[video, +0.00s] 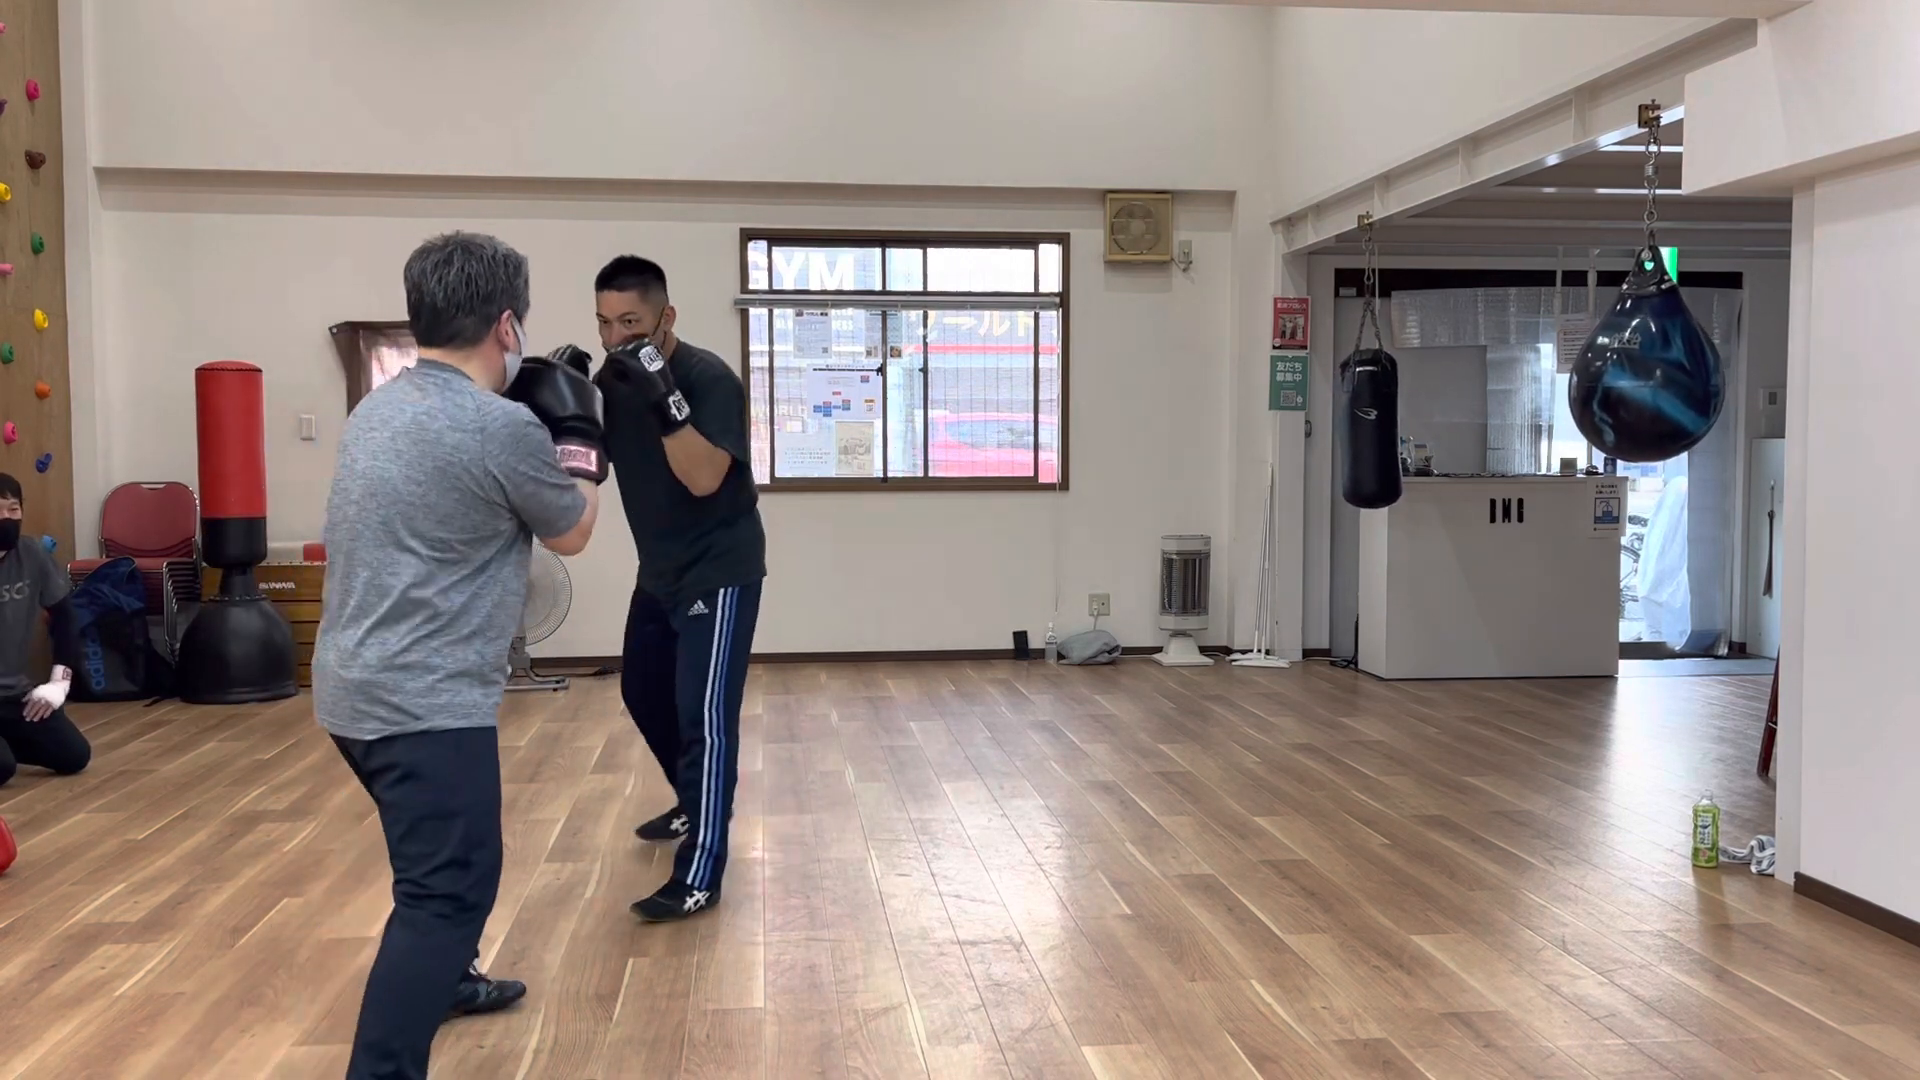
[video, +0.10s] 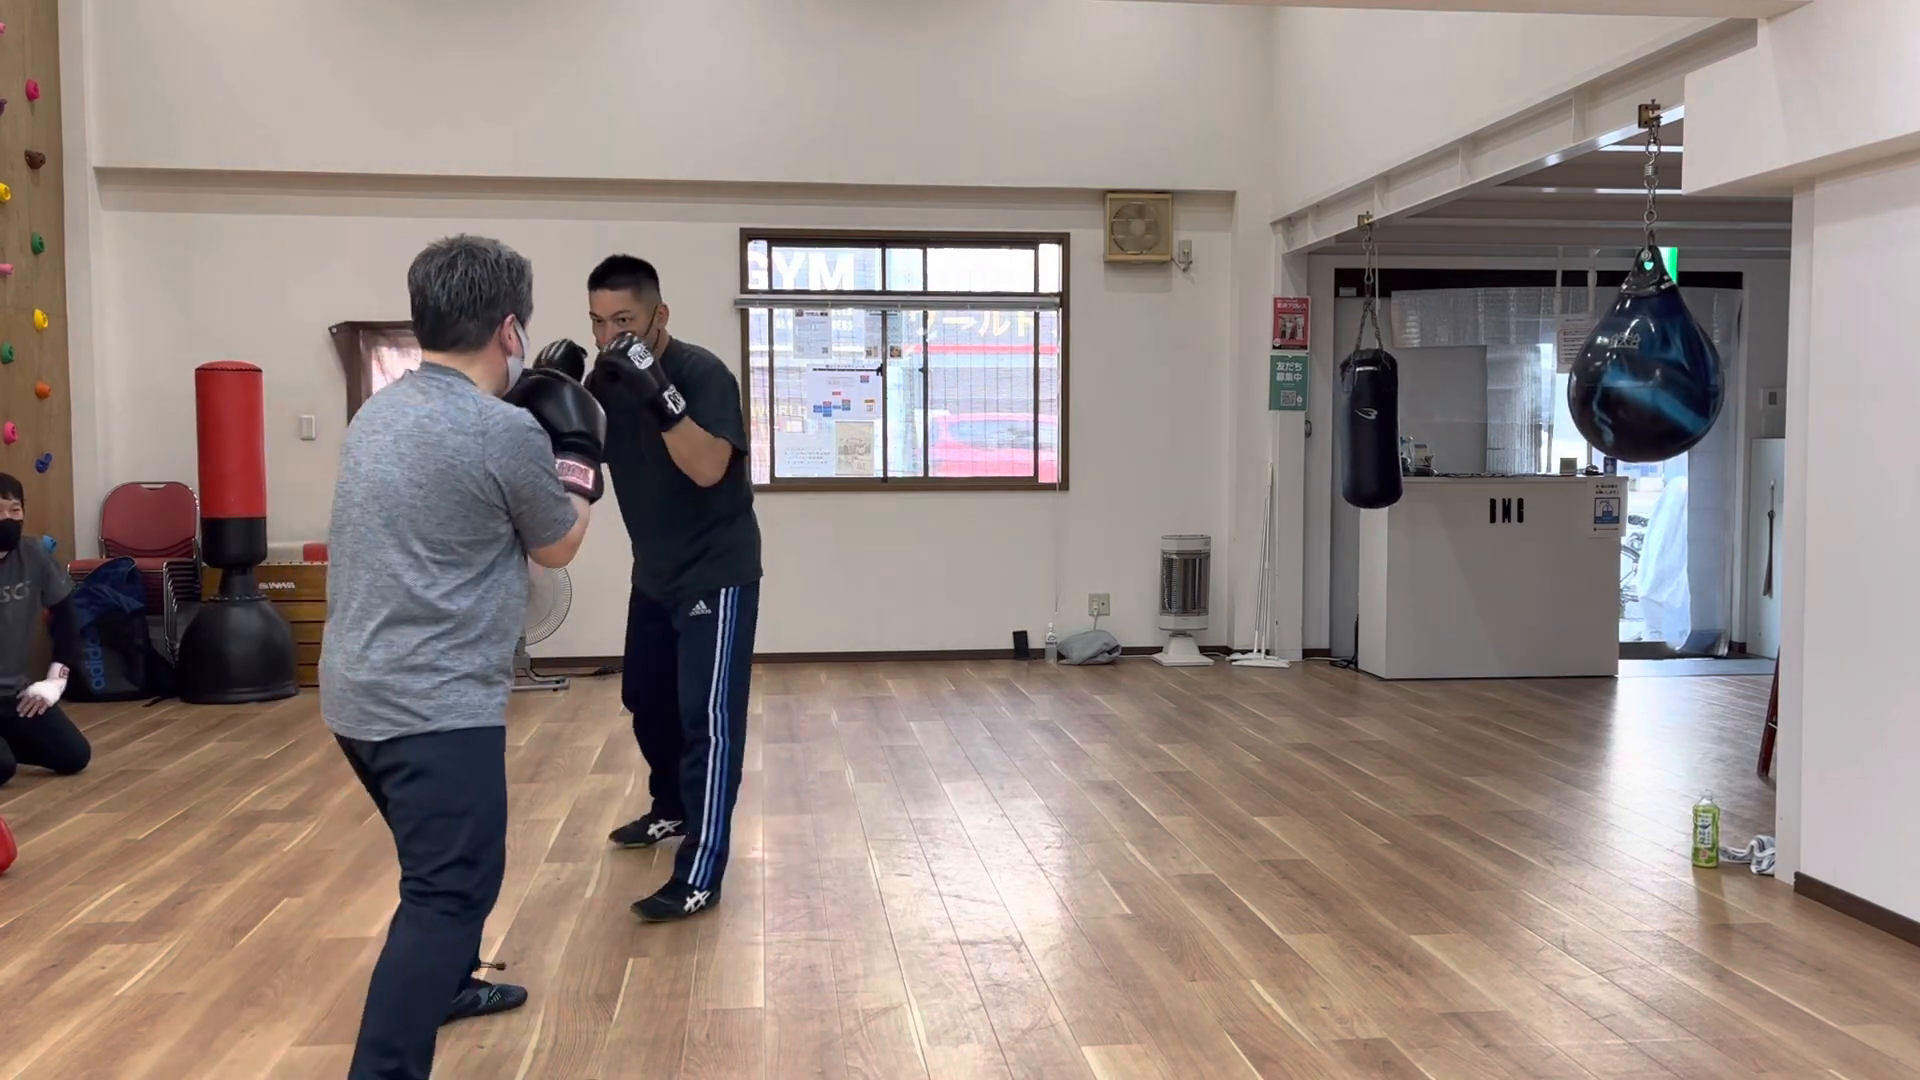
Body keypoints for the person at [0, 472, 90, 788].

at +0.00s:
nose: (6, 516)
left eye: (13, 508)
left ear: (22, 513)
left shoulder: (30, 553)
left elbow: (63, 612)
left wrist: (59, 680)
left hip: (15, 692)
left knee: (74, 756)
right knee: (3, 767)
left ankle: (2, 741)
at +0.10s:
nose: (7, 518)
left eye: (14, 510)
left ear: (23, 513)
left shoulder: (31, 554)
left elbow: (65, 612)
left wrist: (56, 679)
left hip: (14, 692)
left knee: (74, 756)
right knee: (3, 767)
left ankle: (2, 742)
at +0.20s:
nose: (8, 519)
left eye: (16, 511)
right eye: (1, 510)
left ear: (25, 515)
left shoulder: (33, 554)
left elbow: (66, 613)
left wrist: (46, 674)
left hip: (14, 688)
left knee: (74, 756)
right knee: (3, 767)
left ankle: (3, 742)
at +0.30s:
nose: (9, 520)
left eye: (17, 512)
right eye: (0, 512)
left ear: (27, 516)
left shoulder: (35, 555)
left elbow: (67, 614)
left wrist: (43, 673)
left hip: (14, 687)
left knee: (74, 756)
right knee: (2, 767)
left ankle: (2, 742)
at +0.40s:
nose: (11, 522)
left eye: (18, 514)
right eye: (1, 515)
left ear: (28, 516)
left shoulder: (35, 555)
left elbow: (66, 612)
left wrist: (50, 677)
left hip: (15, 689)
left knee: (74, 756)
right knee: (2, 767)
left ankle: (3, 741)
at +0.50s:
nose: (12, 522)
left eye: (19, 513)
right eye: (2, 514)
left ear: (29, 516)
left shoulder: (35, 555)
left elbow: (67, 612)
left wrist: (55, 681)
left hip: (16, 693)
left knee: (74, 756)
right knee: (2, 767)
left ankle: (2, 742)